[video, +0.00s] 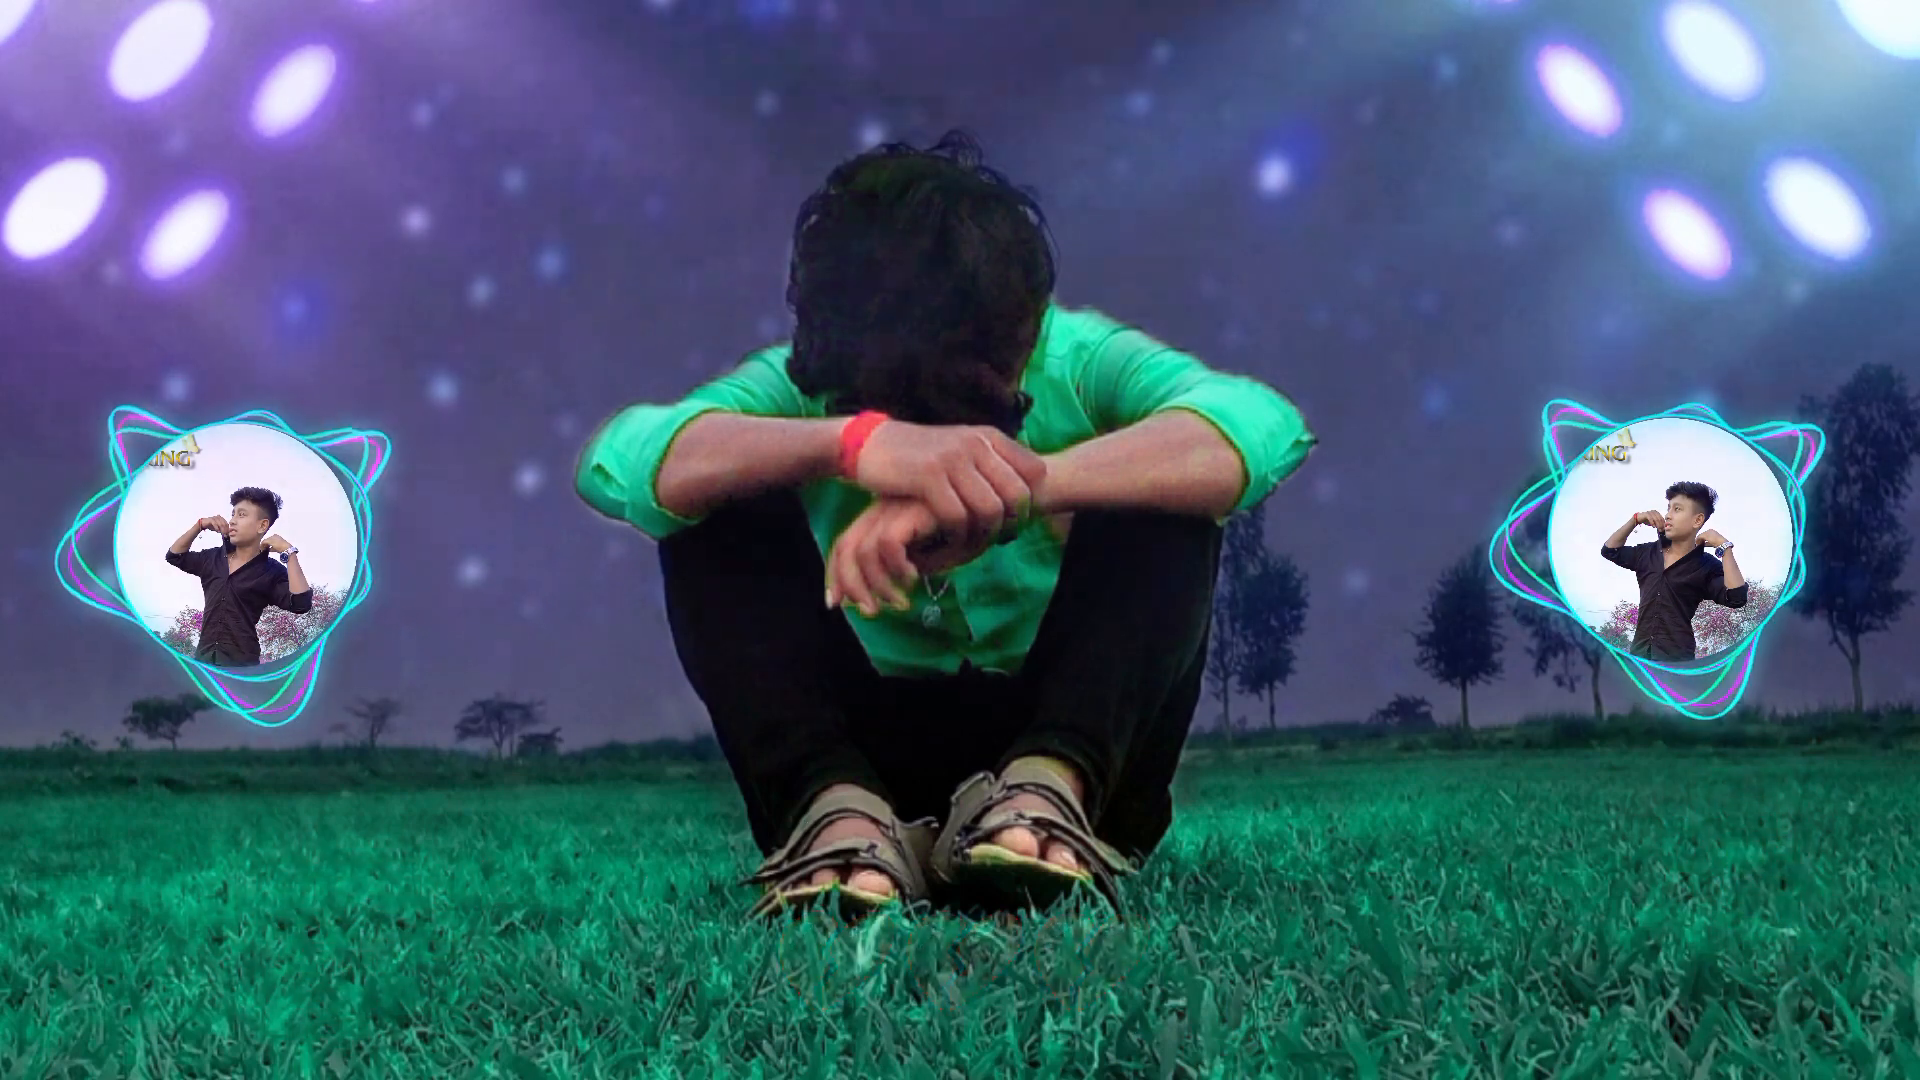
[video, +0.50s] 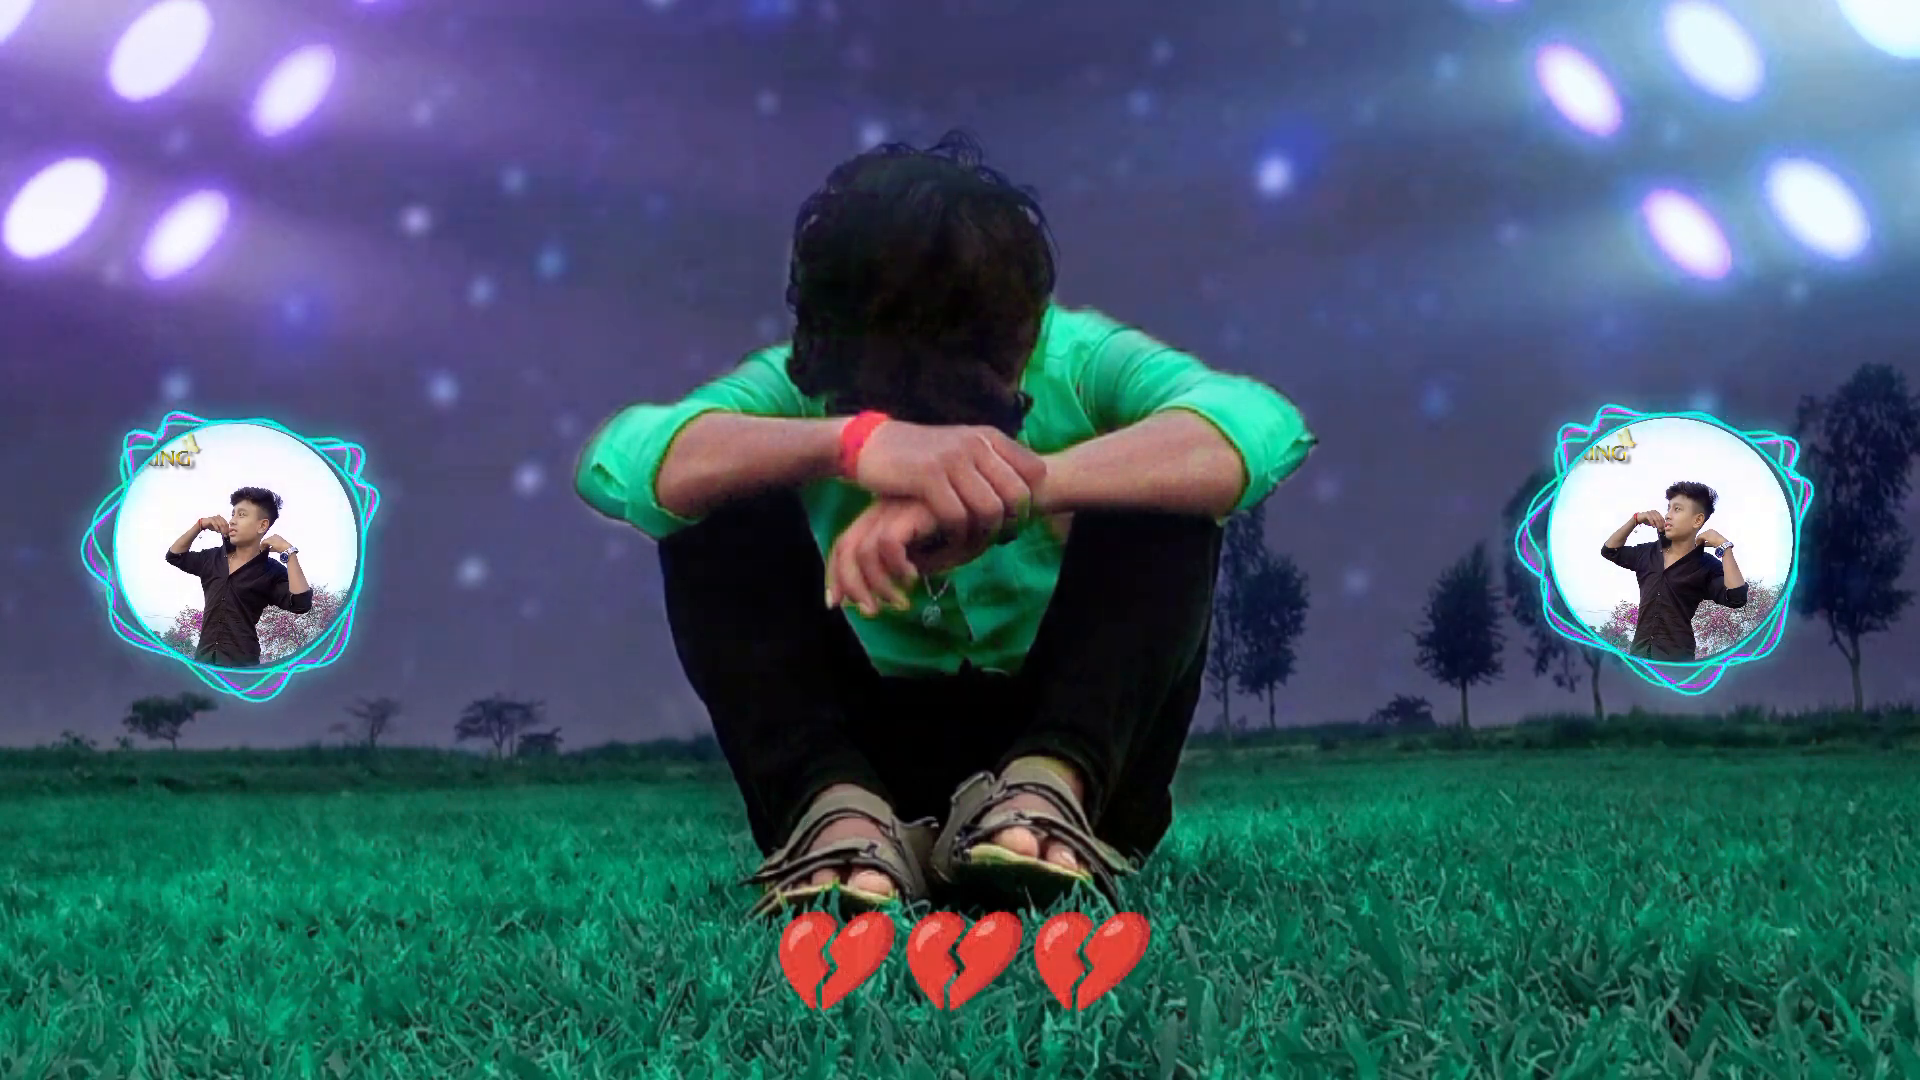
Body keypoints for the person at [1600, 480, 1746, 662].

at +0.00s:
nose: (1667, 515)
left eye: (1677, 509)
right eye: (1668, 509)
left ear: (1698, 520)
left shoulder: (1705, 564)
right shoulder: (1647, 553)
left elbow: (1737, 599)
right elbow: (1609, 551)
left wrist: (1725, 547)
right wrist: (1634, 520)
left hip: (1677, 660)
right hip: (1639, 655)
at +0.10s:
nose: (1667, 515)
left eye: (1677, 509)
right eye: (1668, 509)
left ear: (1698, 520)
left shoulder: (1705, 564)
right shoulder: (1647, 553)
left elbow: (1737, 599)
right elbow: (1609, 551)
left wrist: (1725, 547)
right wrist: (1634, 520)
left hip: (1677, 660)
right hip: (1639, 655)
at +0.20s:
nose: (1667, 515)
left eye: (1677, 509)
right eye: (1668, 509)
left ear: (1698, 520)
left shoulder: (1705, 564)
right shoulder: (1647, 553)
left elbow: (1737, 599)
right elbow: (1609, 551)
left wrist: (1725, 547)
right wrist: (1634, 520)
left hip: (1677, 662)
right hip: (1638, 656)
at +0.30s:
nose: (1667, 515)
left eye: (1677, 509)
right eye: (1668, 509)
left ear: (1698, 520)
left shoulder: (1705, 564)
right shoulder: (1647, 553)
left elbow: (1737, 599)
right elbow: (1609, 551)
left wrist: (1725, 547)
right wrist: (1635, 520)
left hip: (1677, 660)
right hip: (1639, 655)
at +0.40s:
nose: (1667, 515)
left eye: (1677, 509)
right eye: (1668, 509)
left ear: (1698, 520)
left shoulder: (1705, 564)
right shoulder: (1647, 553)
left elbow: (1737, 599)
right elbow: (1609, 551)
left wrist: (1725, 547)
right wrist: (1634, 520)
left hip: (1677, 659)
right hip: (1639, 655)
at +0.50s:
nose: (1667, 515)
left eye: (1677, 509)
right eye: (1668, 509)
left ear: (1698, 520)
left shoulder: (1705, 564)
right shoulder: (1647, 553)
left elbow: (1737, 599)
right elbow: (1609, 551)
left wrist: (1725, 547)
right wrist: (1634, 520)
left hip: (1677, 658)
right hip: (1639, 653)